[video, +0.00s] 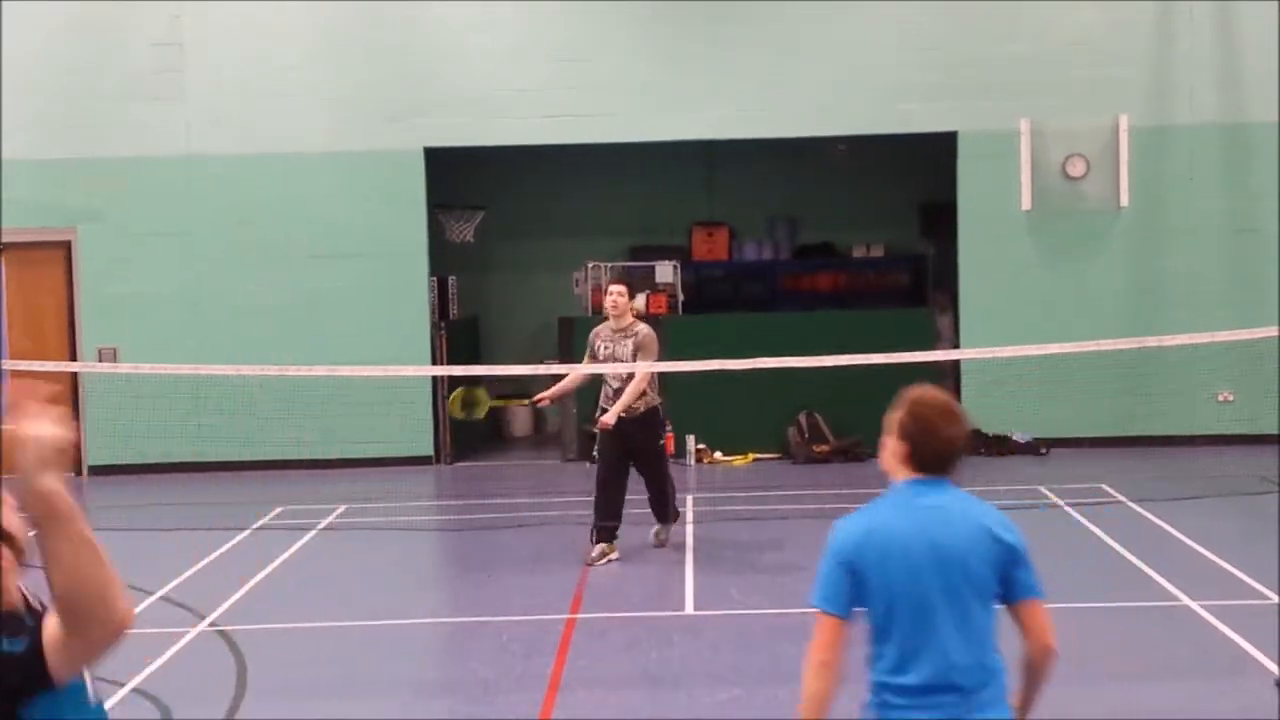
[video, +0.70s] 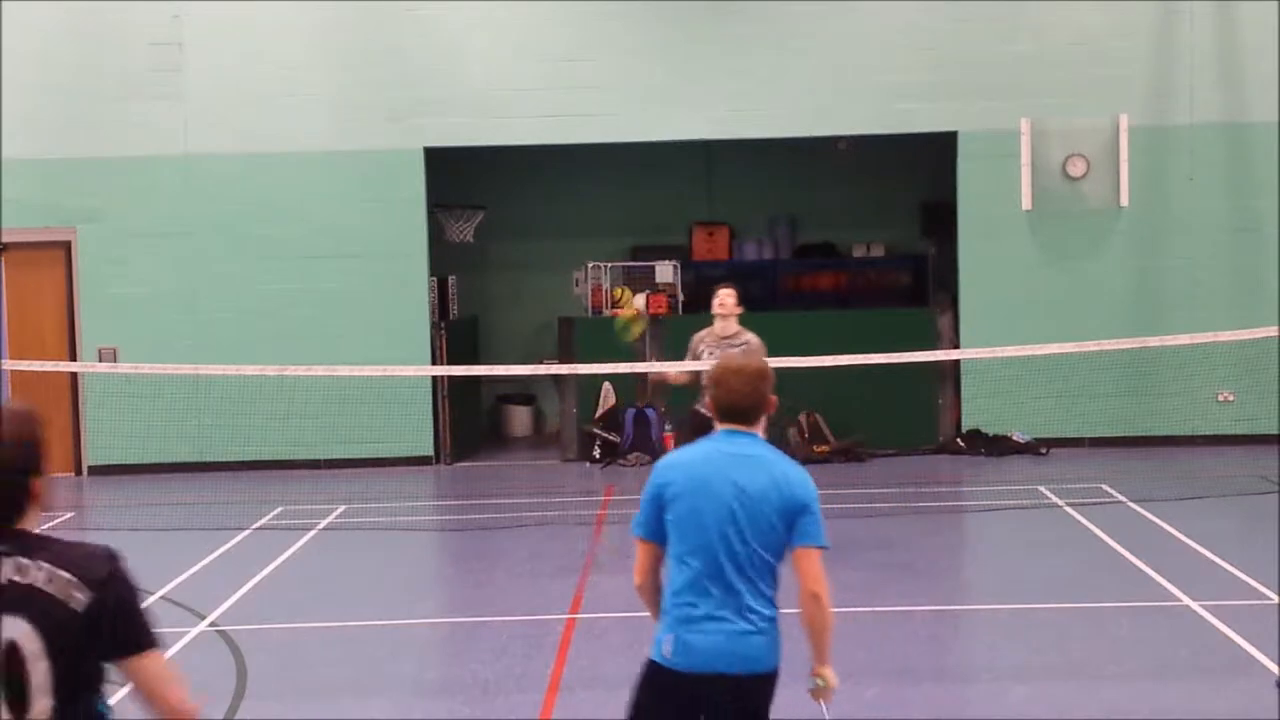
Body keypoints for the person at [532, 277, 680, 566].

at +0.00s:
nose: (612, 299)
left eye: (619, 295)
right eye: (609, 295)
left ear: (630, 301)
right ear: (604, 300)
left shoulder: (644, 335)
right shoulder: (598, 334)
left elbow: (642, 379)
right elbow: (585, 372)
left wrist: (614, 411)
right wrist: (552, 393)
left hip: (642, 415)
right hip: (609, 415)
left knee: (655, 473)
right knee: (608, 477)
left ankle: (665, 519)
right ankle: (605, 540)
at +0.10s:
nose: (616, 301)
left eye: (622, 296)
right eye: (612, 297)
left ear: (634, 303)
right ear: (606, 303)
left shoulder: (650, 335)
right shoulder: (598, 336)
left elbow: (649, 380)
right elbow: (582, 375)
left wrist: (620, 410)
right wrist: (552, 404)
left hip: (649, 415)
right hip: (613, 417)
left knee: (670, 473)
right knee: (610, 477)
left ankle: (681, 523)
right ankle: (605, 541)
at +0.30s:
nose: (634, 306)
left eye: (639, 302)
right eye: (630, 302)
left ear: (650, 307)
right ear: (623, 309)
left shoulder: (669, 341)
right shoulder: (614, 342)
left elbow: (679, 385)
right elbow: (601, 382)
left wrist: (658, 418)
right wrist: (578, 415)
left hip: (666, 420)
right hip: (628, 423)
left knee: (692, 479)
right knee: (618, 479)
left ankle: (719, 534)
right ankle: (606, 541)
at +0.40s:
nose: (651, 314)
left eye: (656, 309)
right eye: (646, 310)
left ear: (668, 315)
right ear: (638, 316)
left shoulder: (685, 349)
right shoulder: (628, 350)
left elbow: (697, 394)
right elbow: (613, 388)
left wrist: (684, 427)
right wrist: (589, 422)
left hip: (678, 430)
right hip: (640, 430)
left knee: (710, 480)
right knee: (624, 482)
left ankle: (731, 535)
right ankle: (606, 542)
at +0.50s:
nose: (676, 314)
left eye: (682, 309)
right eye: (671, 309)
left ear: (693, 316)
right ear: (663, 317)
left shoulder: (709, 352)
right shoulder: (651, 351)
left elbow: (719, 395)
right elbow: (636, 386)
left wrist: (707, 432)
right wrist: (613, 416)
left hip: (696, 433)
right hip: (657, 432)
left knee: (720, 491)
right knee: (635, 486)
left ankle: (734, 546)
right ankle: (605, 541)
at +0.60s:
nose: (700, 308)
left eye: (706, 304)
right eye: (696, 304)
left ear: (719, 312)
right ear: (690, 312)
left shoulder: (733, 348)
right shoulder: (679, 345)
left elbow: (740, 392)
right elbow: (668, 378)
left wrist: (727, 427)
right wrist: (644, 397)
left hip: (717, 428)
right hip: (681, 426)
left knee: (722, 484)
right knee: (655, 476)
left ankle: (725, 541)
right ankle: (626, 532)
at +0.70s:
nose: (721, 301)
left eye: (728, 297)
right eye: (718, 297)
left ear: (739, 309)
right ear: (712, 307)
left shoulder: (751, 342)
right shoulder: (699, 339)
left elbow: (760, 381)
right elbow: (690, 373)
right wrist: (674, 376)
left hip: (742, 411)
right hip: (706, 408)